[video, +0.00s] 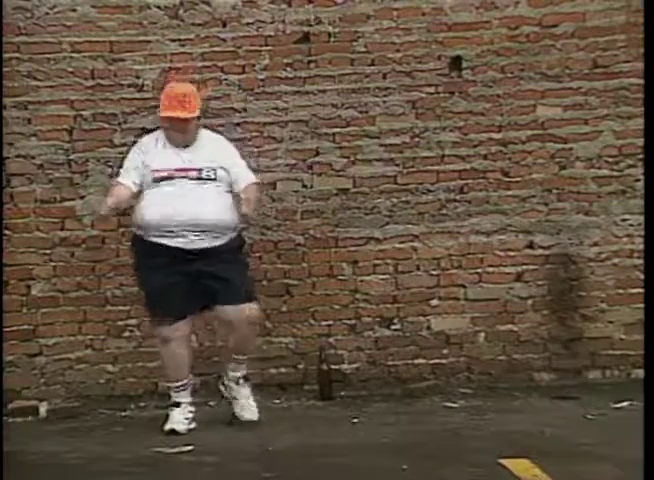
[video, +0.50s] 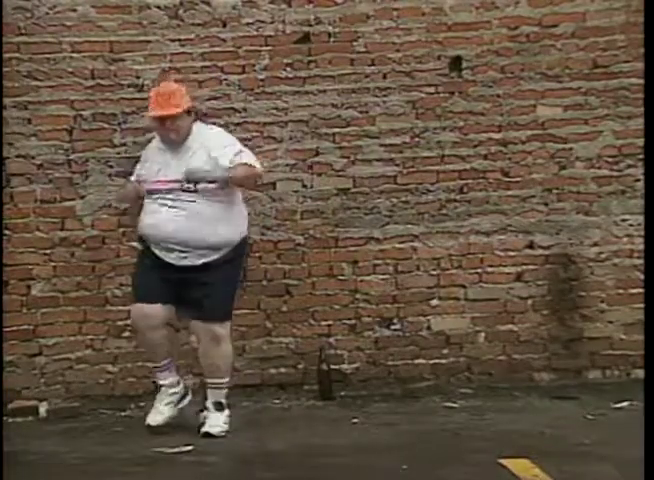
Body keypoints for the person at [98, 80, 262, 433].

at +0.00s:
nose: (179, 127)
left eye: (186, 120)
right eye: (172, 120)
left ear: (197, 117)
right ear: (161, 118)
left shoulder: (218, 146)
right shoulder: (146, 148)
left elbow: (249, 185)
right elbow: (126, 185)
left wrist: (247, 207)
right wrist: (109, 205)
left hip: (220, 248)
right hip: (161, 250)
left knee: (244, 316)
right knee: (170, 329)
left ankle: (236, 381)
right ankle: (181, 405)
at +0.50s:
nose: (167, 127)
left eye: (174, 118)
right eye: (160, 120)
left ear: (190, 113)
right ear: (152, 120)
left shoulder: (213, 139)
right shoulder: (153, 150)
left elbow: (254, 175)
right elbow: (139, 193)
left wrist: (218, 177)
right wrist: (132, 194)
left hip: (215, 255)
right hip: (160, 252)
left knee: (212, 330)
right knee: (145, 316)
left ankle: (217, 406)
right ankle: (171, 387)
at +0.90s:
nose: (172, 131)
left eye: (178, 124)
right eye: (164, 126)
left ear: (191, 113)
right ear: (154, 120)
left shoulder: (212, 145)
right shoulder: (146, 140)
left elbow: (221, 196)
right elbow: (120, 183)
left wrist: (203, 236)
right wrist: (103, 226)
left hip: (203, 243)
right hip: (152, 250)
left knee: (200, 309)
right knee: (157, 330)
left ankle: (236, 378)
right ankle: (179, 409)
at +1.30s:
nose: (164, 115)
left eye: (171, 108)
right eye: (161, 109)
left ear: (193, 109)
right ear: (162, 112)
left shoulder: (212, 138)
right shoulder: (175, 148)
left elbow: (240, 180)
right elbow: (174, 196)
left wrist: (202, 196)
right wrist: (139, 202)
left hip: (207, 250)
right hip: (163, 253)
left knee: (206, 335)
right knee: (132, 320)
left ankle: (233, 412)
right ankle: (167, 394)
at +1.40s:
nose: (151, 111)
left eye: (158, 105)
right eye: (148, 105)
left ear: (180, 107)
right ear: (148, 109)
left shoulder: (202, 137)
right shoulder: (156, 149)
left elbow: (216, 182)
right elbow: (150, 200)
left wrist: (168, 182)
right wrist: (107, 201)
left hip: (217, 246)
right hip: (172, 253)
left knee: (216, 330)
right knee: (149, 321)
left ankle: (234, 411)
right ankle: (170, 403)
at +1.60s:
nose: (131, 123)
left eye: (138, 116)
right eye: (127, 117)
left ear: (159, 111)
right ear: (125, 117)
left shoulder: (181, 136)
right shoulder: (127, 151)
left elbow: (170, 181)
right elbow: (97, 194)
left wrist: (138, 209)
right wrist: (70, 229)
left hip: (216, 240)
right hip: (168, 253)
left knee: (216, 321)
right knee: (161, 327)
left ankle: (231, 404)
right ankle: (180, 412)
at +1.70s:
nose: (133, 131)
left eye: (137, 123)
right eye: (129, 126)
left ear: (157, 112)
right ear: (129, 123)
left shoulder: (186, 132)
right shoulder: (130, 151)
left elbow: (181, 177)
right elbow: (102, 187)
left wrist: (154, 219)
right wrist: (84, 211)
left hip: (206, 245)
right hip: (154, 255)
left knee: (209, 314)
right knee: (156, 332)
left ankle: (228, 393)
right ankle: (178, 411)